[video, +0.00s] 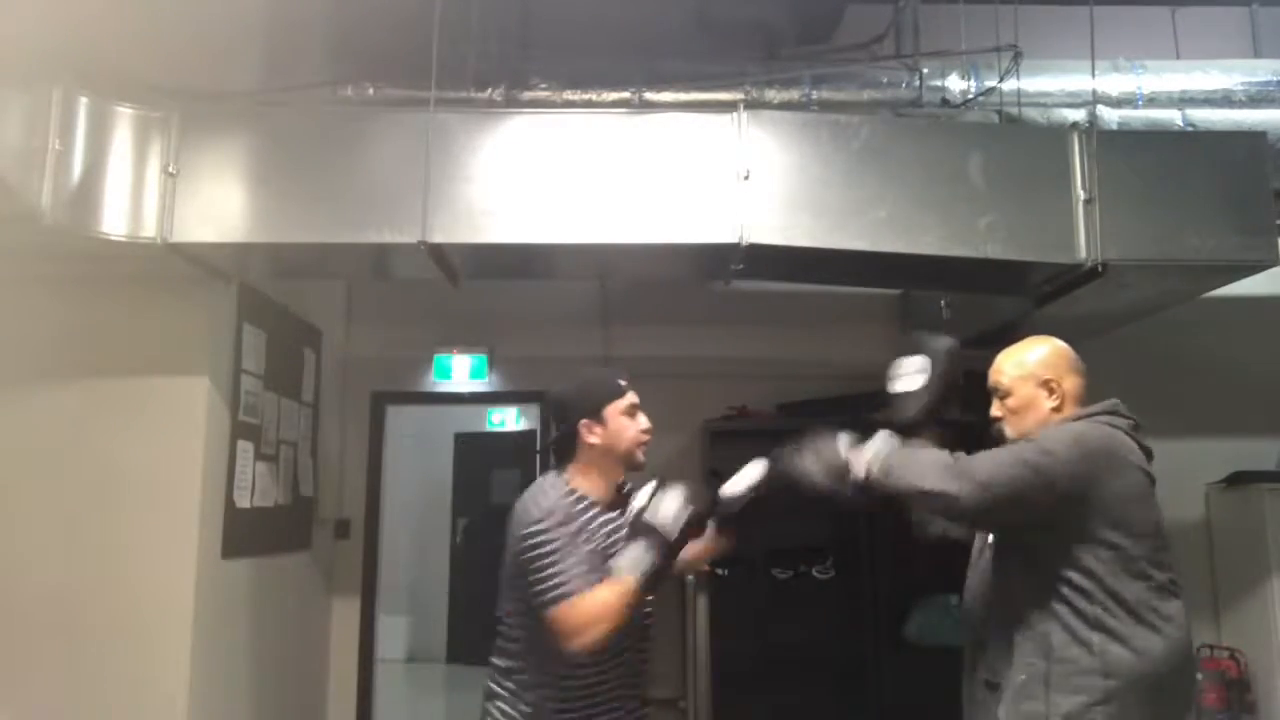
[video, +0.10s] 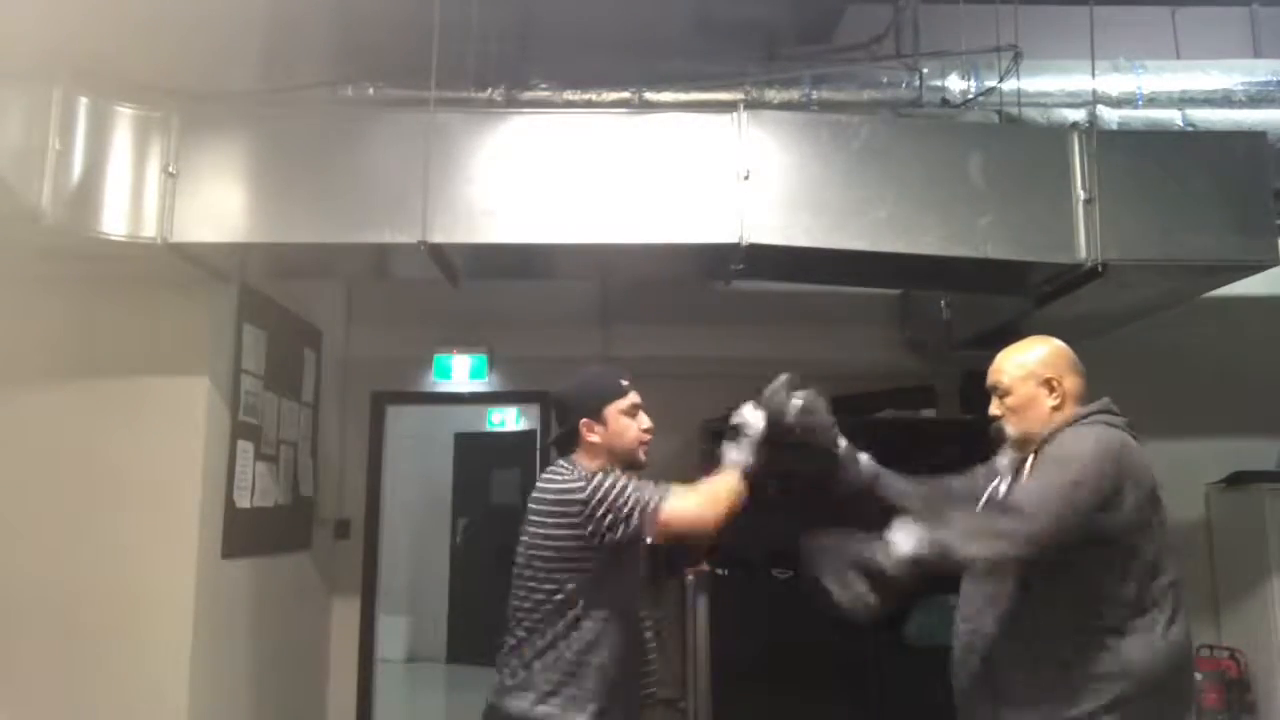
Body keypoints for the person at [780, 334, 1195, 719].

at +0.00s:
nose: (993, 410)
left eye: (1004, 395)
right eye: (992, 397)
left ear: (1053, 394)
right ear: (1050, 396)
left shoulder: (1086, 446)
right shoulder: (1063, 450)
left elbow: (969, 489)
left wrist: (877, 458)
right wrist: (918, 425)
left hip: (1098, 690)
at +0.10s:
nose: (992, 410)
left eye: (1002, 394)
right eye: (992, 396)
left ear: (1053, 391)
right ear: (1047, 393)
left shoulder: (1093, 448)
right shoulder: (1021, 460)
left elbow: (1025, 532)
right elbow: (938, 499)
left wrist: (919, 542)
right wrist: (849, 464)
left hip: (1103, 702)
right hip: (1031, 698)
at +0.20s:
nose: (992, 407)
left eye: (1001, 391)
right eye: (991, 394)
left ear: (1052, 390)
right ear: (1047, 392)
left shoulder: (1101, 459)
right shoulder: (1025, 457)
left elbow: (1070, 574)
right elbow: (942, 481)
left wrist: (966, 616)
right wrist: (846, 490)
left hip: (1085, 704)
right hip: (1018, 696)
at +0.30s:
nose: (989, 403)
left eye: (1001, 388)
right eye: (989, 388)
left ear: (1054, 392)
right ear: (1047, 393)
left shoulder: (1105, 479)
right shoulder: (1018, 470)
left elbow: (1108, 625)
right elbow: (943, 533)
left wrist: (1000, 690)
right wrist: (850, 549)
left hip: (1078, 704)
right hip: (1000, 690)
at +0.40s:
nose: (987, 403)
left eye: (1002, 388)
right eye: (988, 389)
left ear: (1056, 394)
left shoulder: (1101, 481)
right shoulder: (1025, 473)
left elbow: (1122, 632)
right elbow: (982, 583)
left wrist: (1028, 708)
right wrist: (896, 627)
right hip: (998, 697)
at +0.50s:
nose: (986, 402)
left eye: (1000, 387)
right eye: (987, 387)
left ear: (1052, 393)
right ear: (1052, 394)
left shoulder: (1095, 475)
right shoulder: (1031, 469)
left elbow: (1120, 623)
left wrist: (1037, 709)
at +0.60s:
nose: (986, 400)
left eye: (1000, 383)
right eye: (988, 385)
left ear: (1051, 388)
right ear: (1051, 389)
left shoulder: (1086, 468)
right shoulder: (1047, 464)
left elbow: (1111, 611)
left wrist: (1023, 707)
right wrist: (1007, 693)